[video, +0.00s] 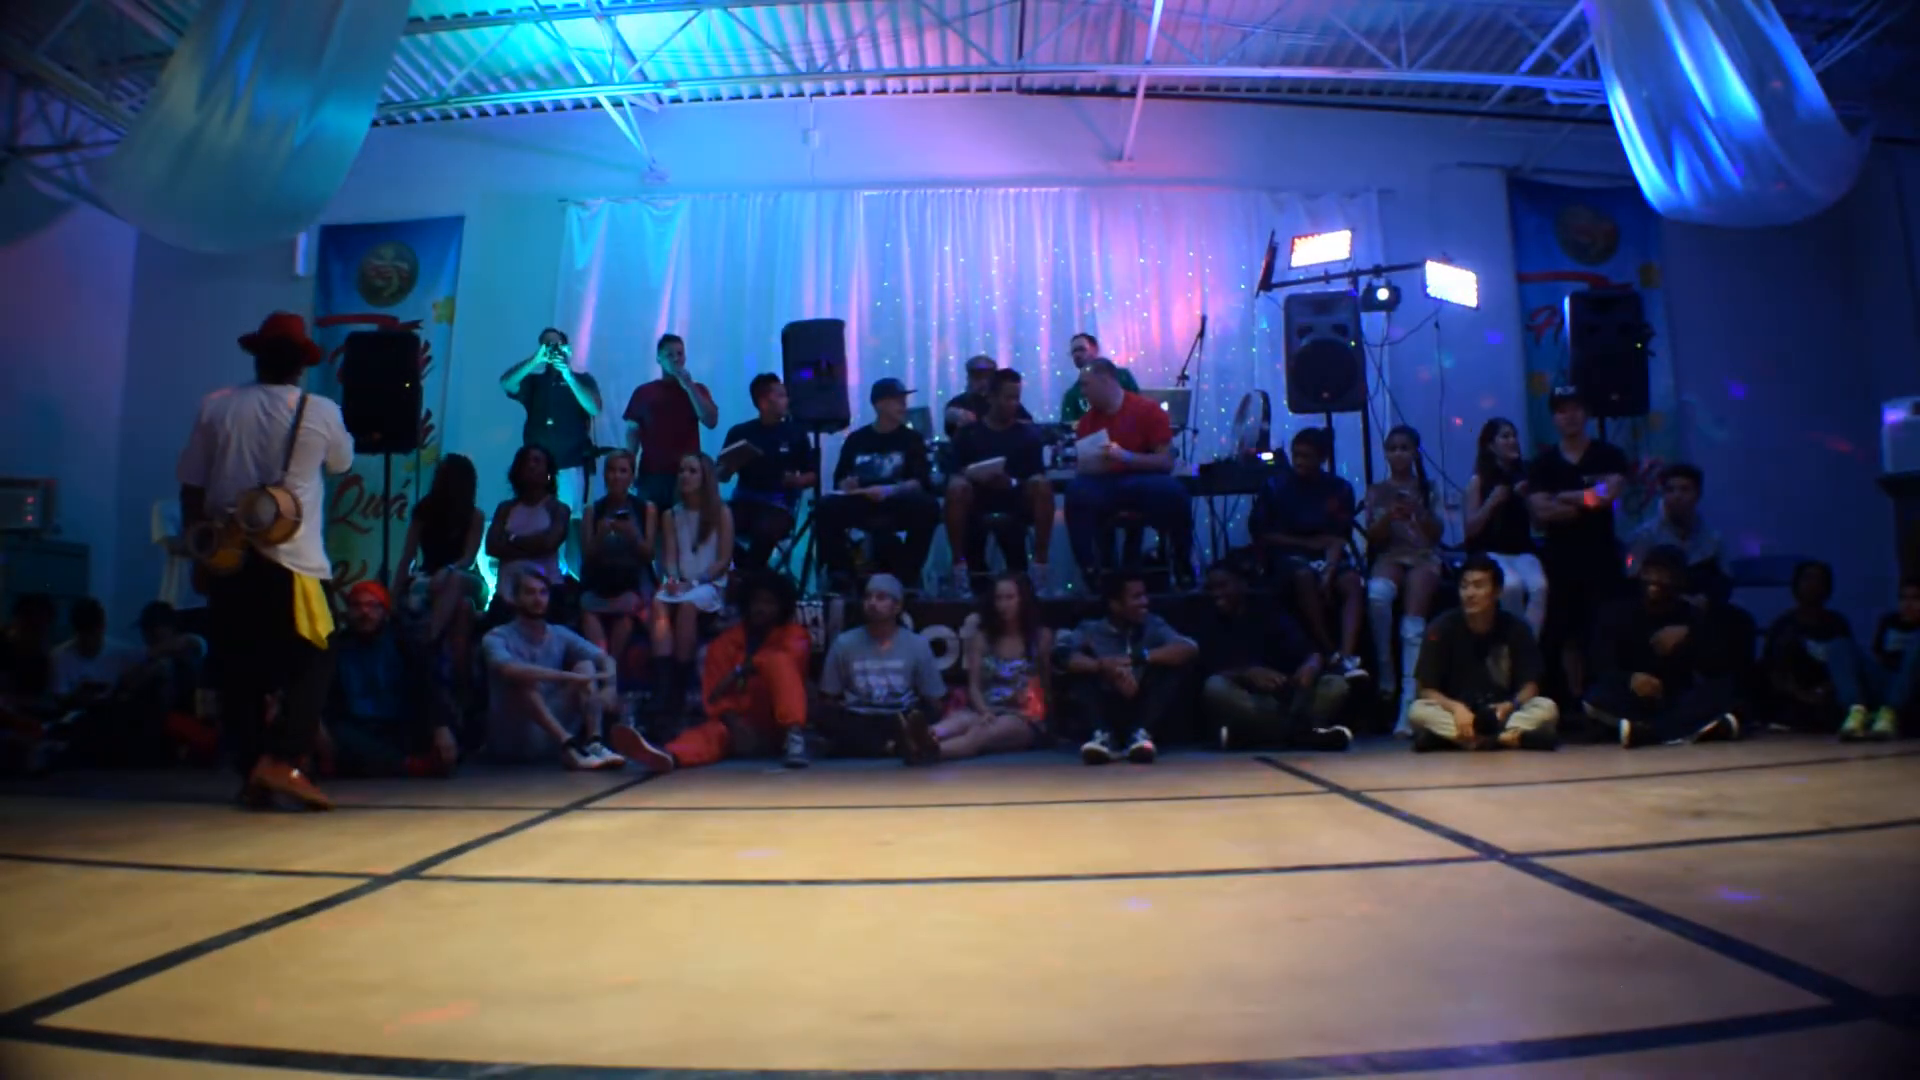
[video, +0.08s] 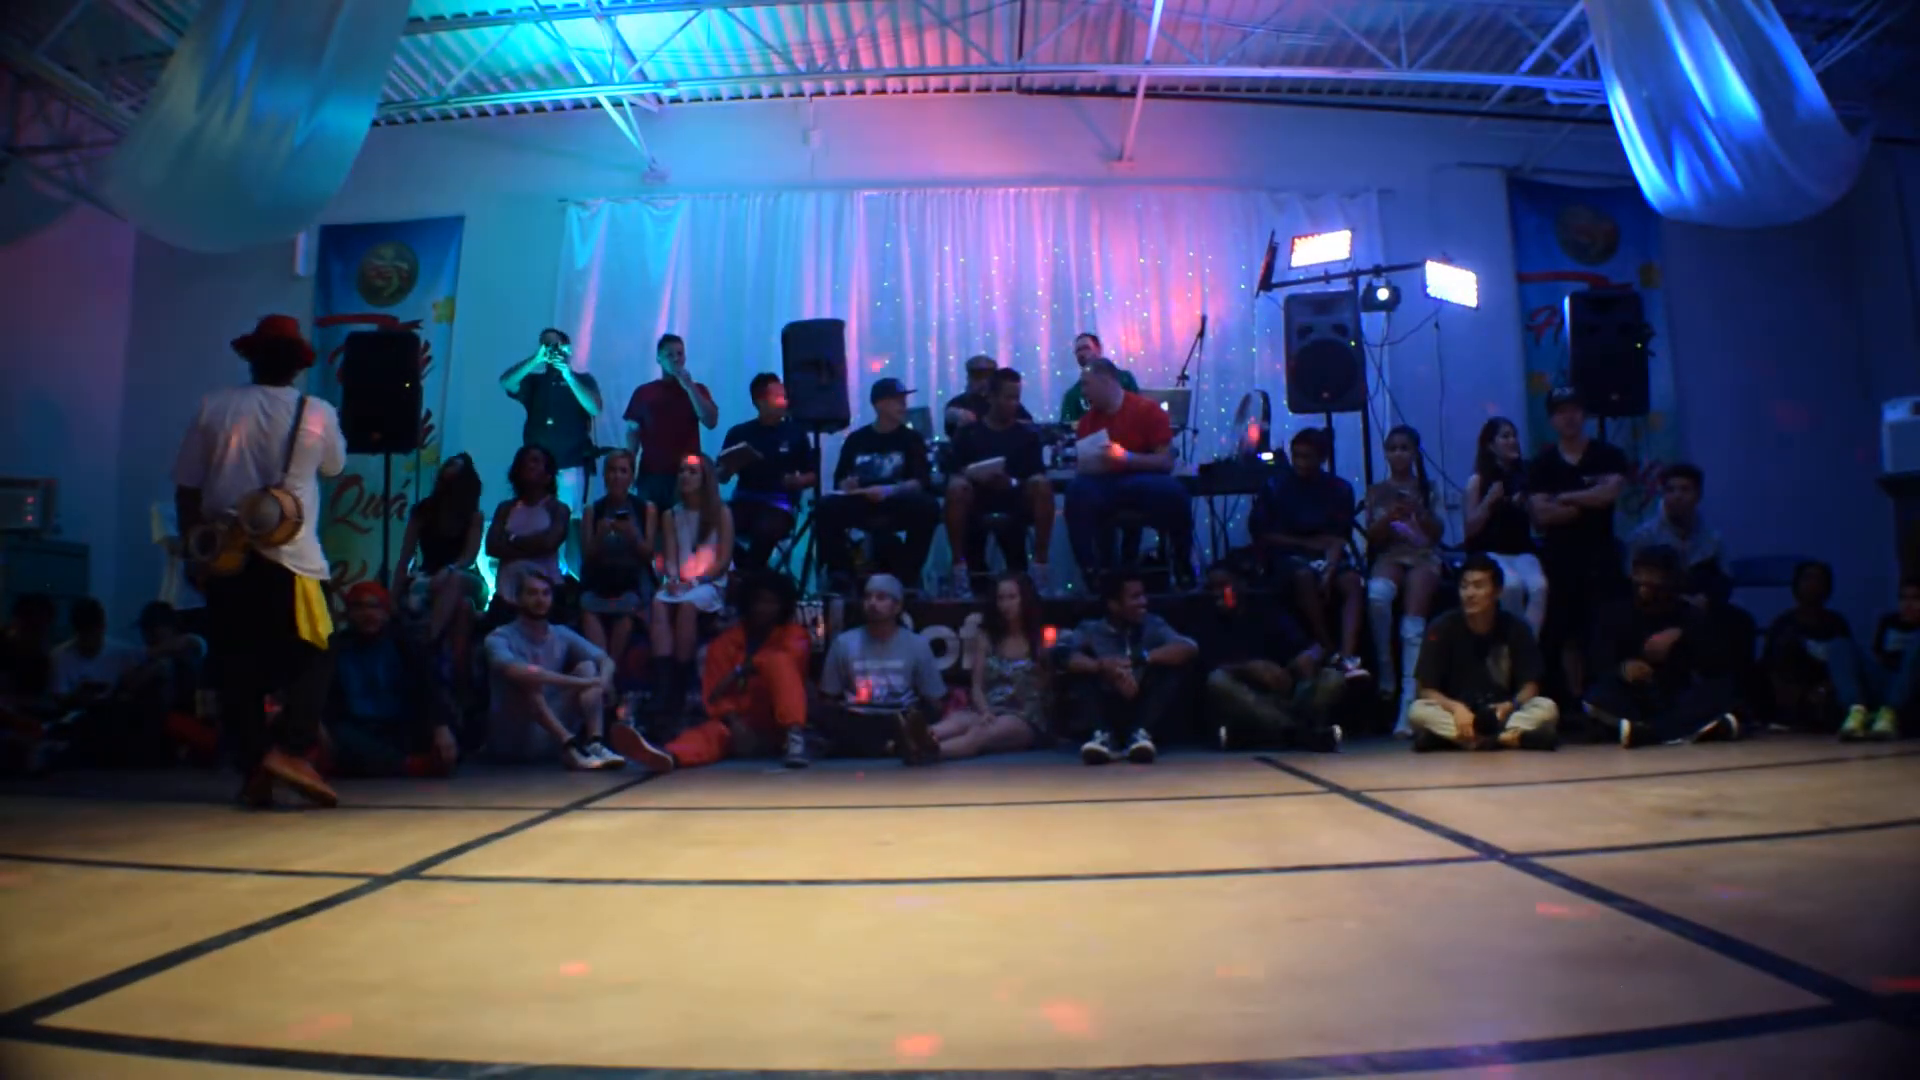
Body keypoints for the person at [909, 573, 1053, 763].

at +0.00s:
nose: (1003, 604)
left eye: (1009, 597)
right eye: (998, 598)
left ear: (1023, 600)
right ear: (992, 602)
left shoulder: (1040, 637)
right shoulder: (982, 638)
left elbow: (1046, 682)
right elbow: (974, 686)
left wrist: (1048, 719)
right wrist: (985, 712)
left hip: (1024, 713)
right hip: (989, 709)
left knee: (984, 734)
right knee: (961, 720)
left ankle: (934, 752)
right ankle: (922, 737)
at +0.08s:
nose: (1005, 604)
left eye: (1012, 597)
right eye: (1001, 598)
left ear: (1026, 600)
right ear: (995, 602)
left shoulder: (1039, 639)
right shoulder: (987, 638)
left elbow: (1047, 683)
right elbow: (977, 686)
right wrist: (985, 712)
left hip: (1026, 714)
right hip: (990, 710)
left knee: (981, 735)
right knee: (958, 720)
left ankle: (932, 752)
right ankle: (919, 738)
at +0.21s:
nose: (1011, 605)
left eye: (1017, 597)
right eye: (1006, 599)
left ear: (1031, 600)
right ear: (1000, 603)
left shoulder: (1046, 638)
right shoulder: (992, 640)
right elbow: (980, 686)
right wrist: (986, 712)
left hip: (1028, 713)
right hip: (993, 710)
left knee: (984, 735)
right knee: (958, 720)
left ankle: (932, 752)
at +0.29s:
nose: (1015, 604)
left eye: (1021, 597)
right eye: (1010, 598)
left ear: (1034, 600)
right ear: (1003, 603)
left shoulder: (1050, 637)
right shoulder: (994, 640)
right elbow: (981, 685)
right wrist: (985, 712)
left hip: (1030, 714)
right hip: (994, 710)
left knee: (979, 736)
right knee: (957, 720)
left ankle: (928, 752)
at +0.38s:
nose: (1017, 604)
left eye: (1022, 597)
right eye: (1011, 598)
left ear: (1035, 600)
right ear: (1004, 603)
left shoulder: (1048, 639)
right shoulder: (994, 639)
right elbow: (981, 685)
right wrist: (985, 712)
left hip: (1028, 713)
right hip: (993, 709)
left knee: (980, 735)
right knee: (958, 720)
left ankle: (931, 751)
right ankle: (921, 735)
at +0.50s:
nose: (1016, 603)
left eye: (1022, 597)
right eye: (1011, 597)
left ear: (1036, 600)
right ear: (1004, 602)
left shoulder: (1049, 640)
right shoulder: (993, 640)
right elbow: (979, 687)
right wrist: (986, 712)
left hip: (1030, 715)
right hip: (993, 711)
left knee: (980, 736)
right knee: (957, 721)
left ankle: (930, 752)